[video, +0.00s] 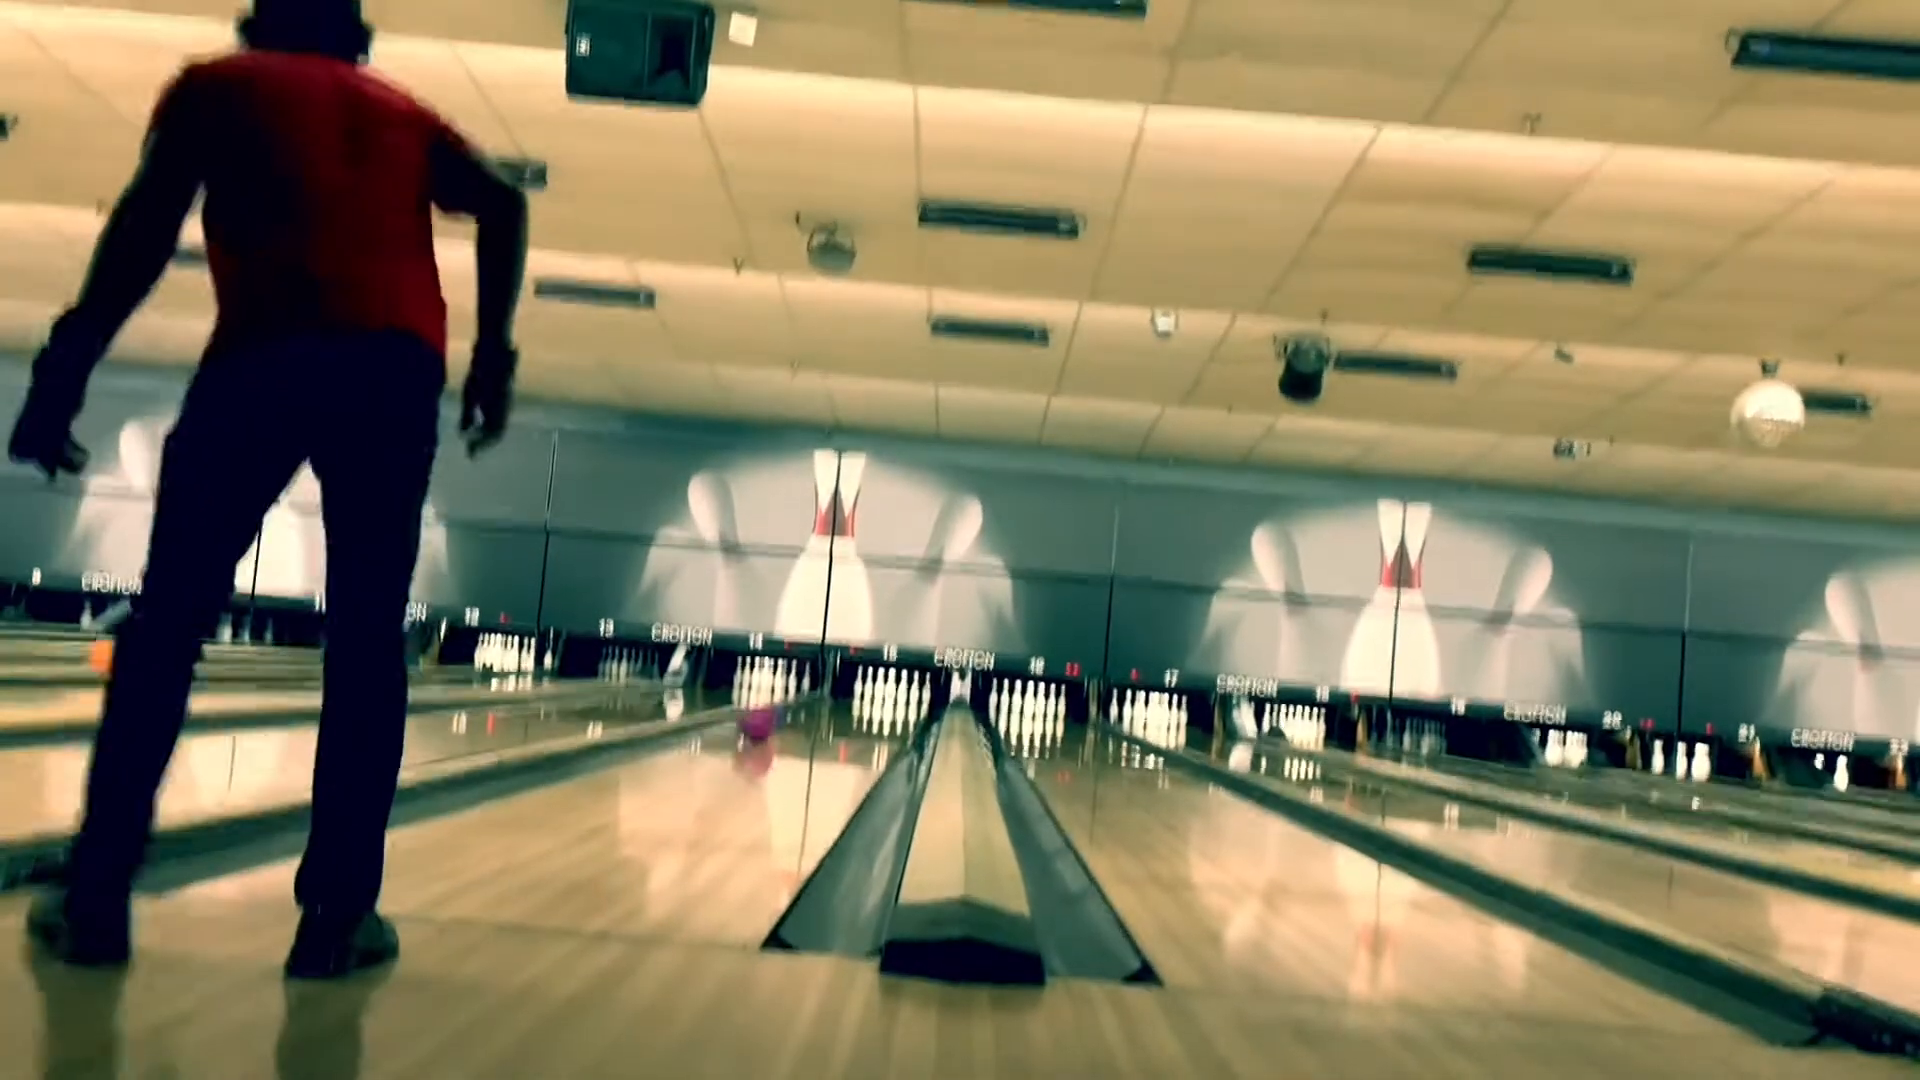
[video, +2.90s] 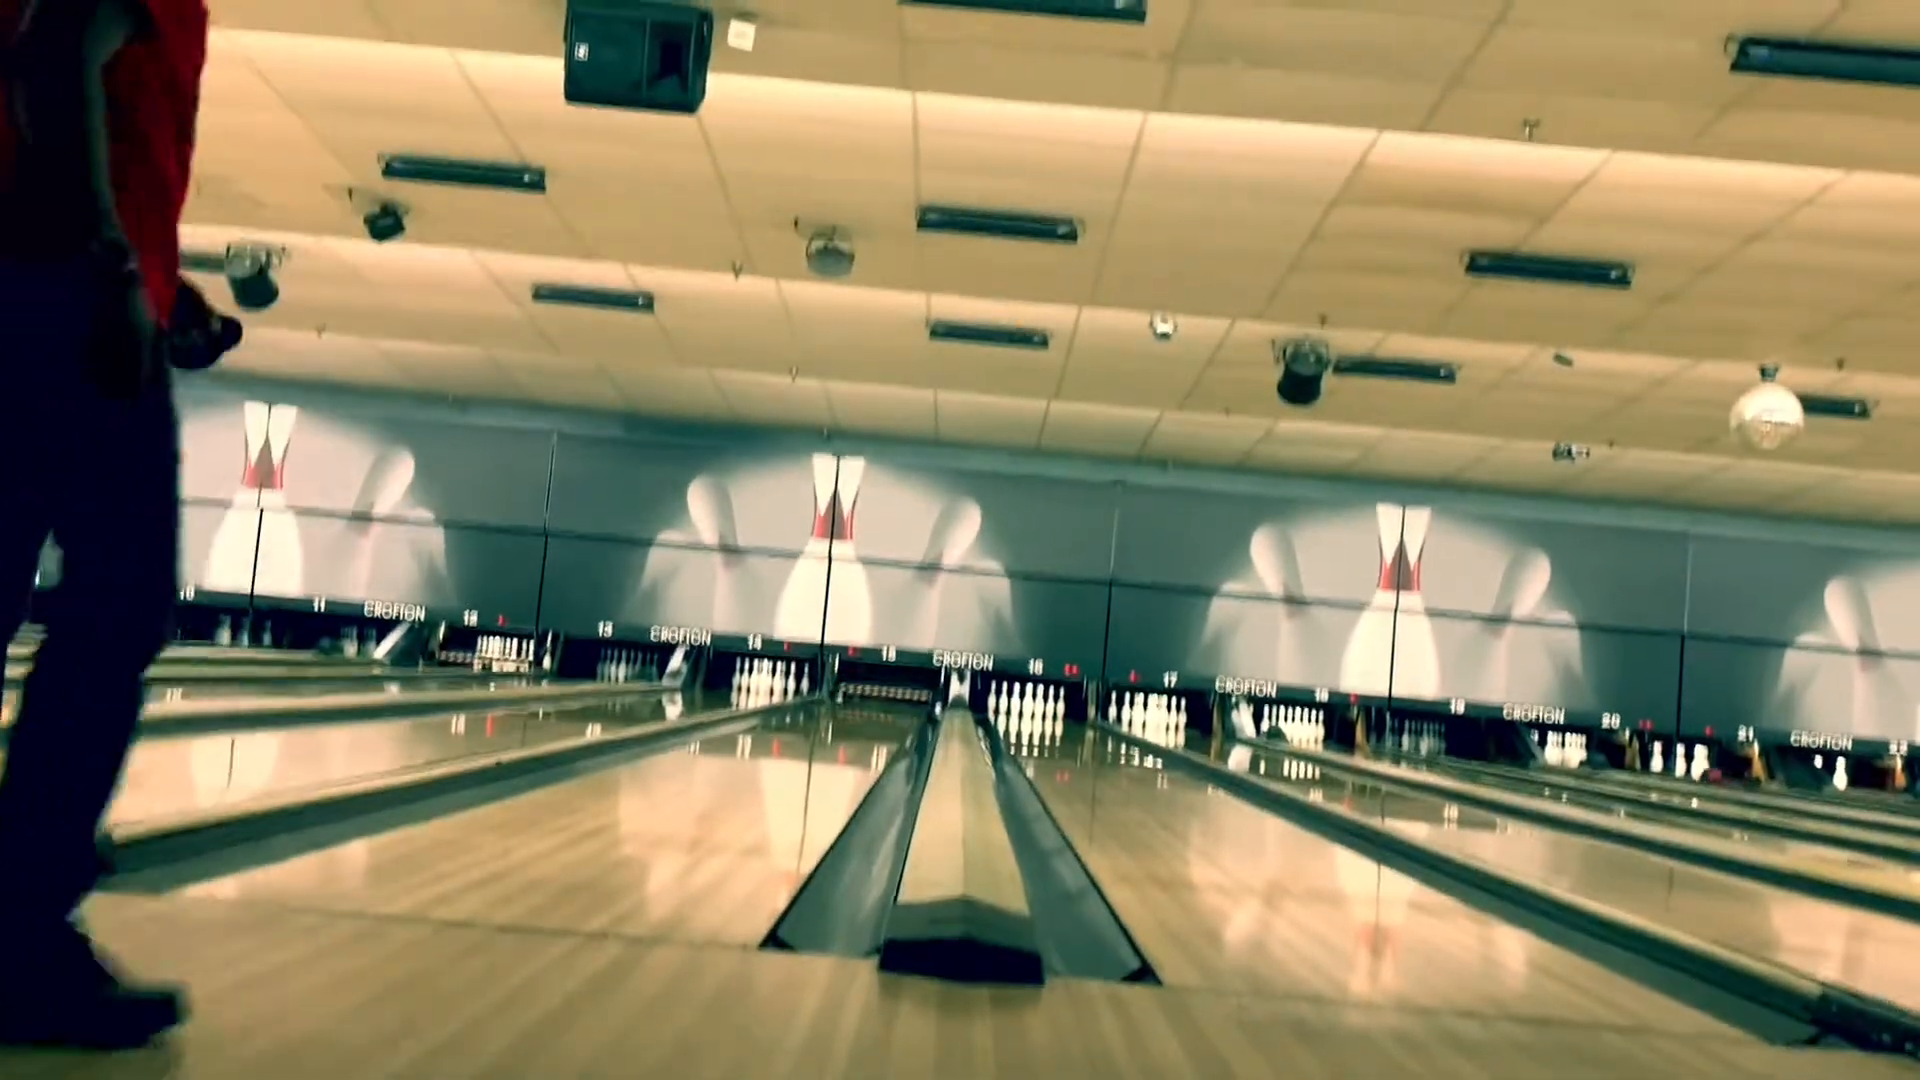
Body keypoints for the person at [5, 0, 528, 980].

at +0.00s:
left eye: (249, 27)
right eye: (358, 38)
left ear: (259, 28)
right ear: (354, 40)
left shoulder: (213, 86)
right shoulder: (401, 113)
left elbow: (141, 238)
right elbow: (504, 201)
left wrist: (58, 382)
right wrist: (495, 348)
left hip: (258, 368)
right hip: (394, 377)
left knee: (169, 625)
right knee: (368, 649)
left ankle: (96, 907)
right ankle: (333, 924)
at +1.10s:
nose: (409, 6)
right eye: (407, 2)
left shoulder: (202, 57)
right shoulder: (417, 78)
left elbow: (142, 215)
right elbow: (427, 224)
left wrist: (199, 313)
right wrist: (423, 364)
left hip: (194, 367)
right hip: (326, 380)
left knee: (134, 624)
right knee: (313, 644)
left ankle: (79, 899)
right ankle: (263, 906)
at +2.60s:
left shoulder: (92, 11)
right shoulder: (309, 4)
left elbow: (45, 185)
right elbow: (281, 138)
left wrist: (138, 277)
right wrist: (310, 324)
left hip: (78, 323)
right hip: (218, 331)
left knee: (30, 620)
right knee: (240, 631)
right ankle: (260, 893)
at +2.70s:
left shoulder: (64, 5)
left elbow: (19, 141)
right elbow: (233, 87)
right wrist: (246, 288)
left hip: (42, 295)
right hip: (177, 304)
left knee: (12, 613)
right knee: (218, 606)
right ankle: (215, 897)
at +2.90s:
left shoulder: (174, 16)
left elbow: (110, 141)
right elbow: (62, 79)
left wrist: (168, 287)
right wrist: (115, 286)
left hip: (78, 305)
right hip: (73, 308)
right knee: (120, 605)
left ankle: (35, 940)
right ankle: (31, 945)